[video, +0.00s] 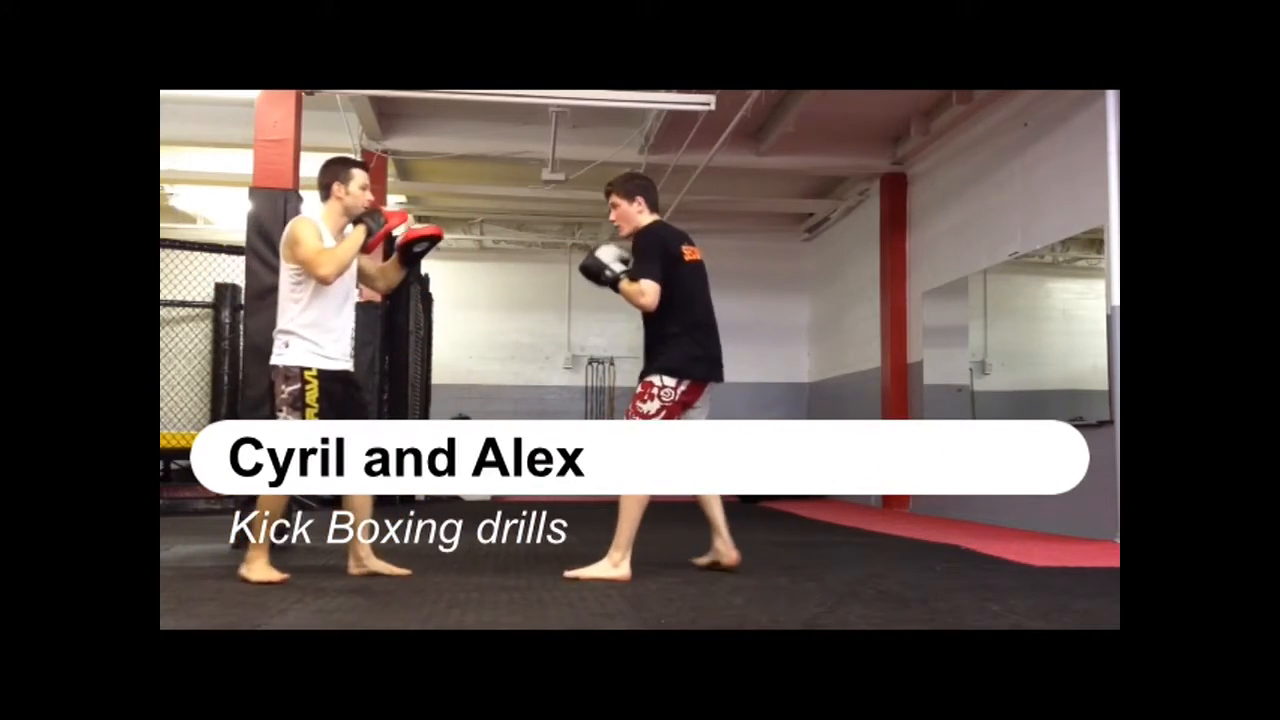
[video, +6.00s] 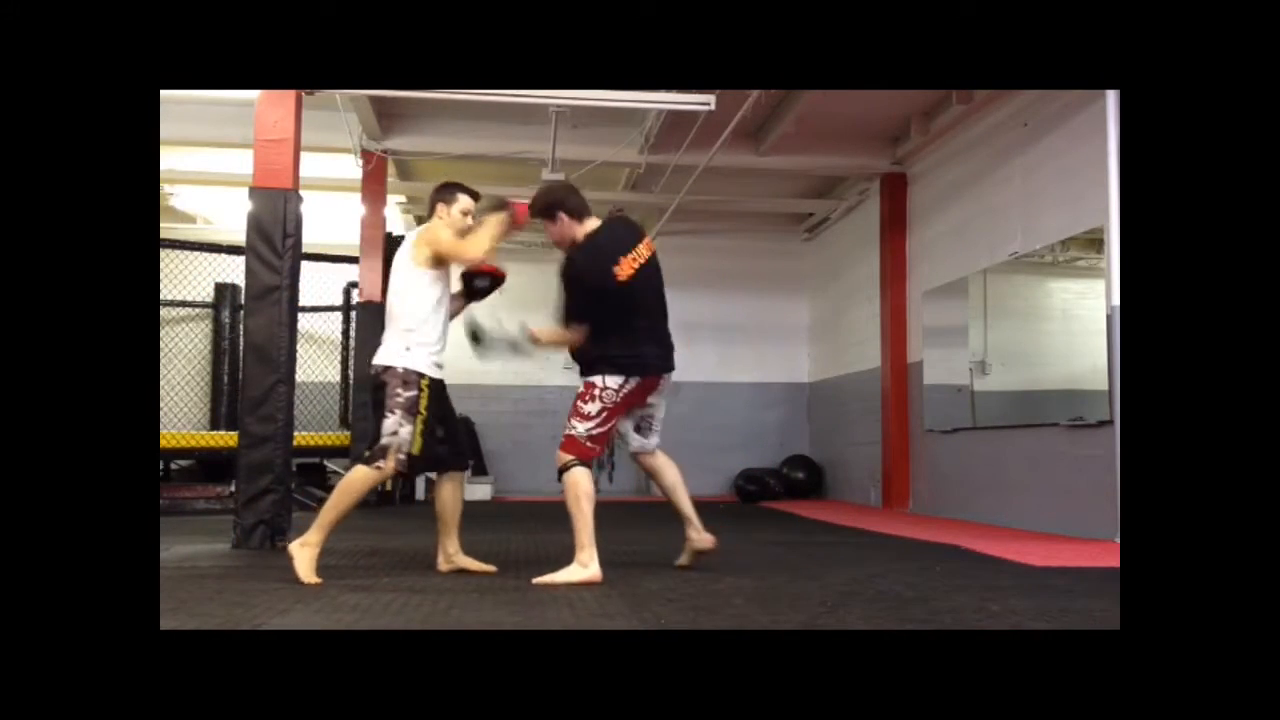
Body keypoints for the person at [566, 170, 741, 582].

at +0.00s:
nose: (612, 218)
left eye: (616, 208)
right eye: (610, 209)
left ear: (639, 203)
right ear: (644, 206)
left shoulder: (651, 237)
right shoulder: (676, 237)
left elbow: (647, 298)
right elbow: (660, 295)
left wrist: (614, 277)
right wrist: (623, 271)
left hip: (674, 364)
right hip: (700, 362)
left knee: (635, 451)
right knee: (690, 450)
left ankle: (618, 558)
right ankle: (724, 545)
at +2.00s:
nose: (578, 198)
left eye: (581, 191)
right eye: (579, 191)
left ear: (598, 188)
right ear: (619, 190)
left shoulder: (587, 219)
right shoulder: (652, 234)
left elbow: (535, 238)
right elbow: (620, 270)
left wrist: (500, 236)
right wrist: (572, 253)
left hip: (583, 352)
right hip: (632, 357)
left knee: (525, 426)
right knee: (607, 451)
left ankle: (527, 521)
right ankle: (616, 551)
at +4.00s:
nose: (638, 225)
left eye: (642, 215)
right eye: (635, 217)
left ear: (666, 211)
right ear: (665, 214)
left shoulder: (686, 242)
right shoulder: (685, 249)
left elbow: (709, 297)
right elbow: (679, 315)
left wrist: (661, 285)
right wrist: (652, 285)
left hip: (702, 369)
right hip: (726, 368)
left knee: (659, 457)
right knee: (725, 460)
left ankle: (631, 557)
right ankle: (764, 551)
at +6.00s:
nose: (547, 236)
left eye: (547, 226)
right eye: (545, 226)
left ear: (563, 218)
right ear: (575, 212)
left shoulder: (580, 263)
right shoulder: (626, 227)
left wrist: (545, 336)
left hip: (616, 368)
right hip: (656, 361)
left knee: (573, 456)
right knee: (646, 450)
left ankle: (585, 561)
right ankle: (696, 532)